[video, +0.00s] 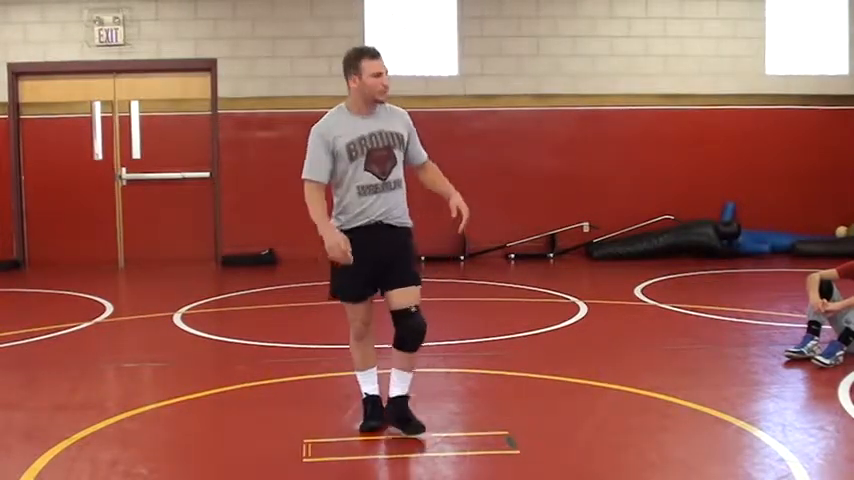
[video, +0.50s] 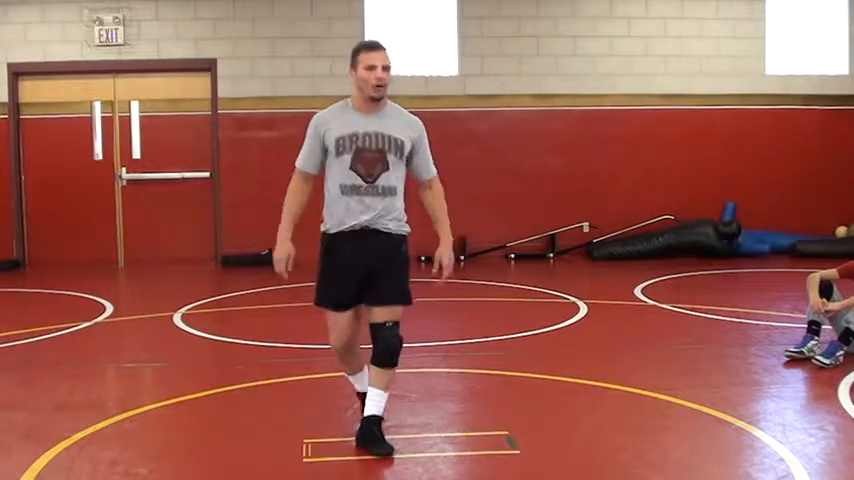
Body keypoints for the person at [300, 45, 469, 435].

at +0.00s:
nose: (386, 81)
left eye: (385, 74)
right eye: (377, 75)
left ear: (384, 78)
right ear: (353, 81)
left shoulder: (400, 119)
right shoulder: (327, 130)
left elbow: (422, 165)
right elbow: (313, 188)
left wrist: (451, 192)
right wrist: (327, 229)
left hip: (396, 231)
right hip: (351, 235)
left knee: (410, 325)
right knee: (360, 325)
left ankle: (398, 403)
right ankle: (371, 402)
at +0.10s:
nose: (386, 81)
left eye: (385, 74)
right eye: (377, 75)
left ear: (384, 78)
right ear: (353, 80)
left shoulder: (400, 119)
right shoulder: (326, 129)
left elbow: (422, 166)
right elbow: (310, 186)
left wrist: (451, 192)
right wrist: (325, 229)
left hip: (395, 233)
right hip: (349, 237)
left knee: (401, 328)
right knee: (359, 328)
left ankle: (384, 409)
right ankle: (370, 403)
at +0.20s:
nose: (383, 80)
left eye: (384, 72)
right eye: (374, 73)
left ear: (385, 77)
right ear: (351, 79)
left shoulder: (402, 121)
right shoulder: (325, 129)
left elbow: (423, 170)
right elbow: (308, 186)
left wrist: (452, 205)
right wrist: (319, 232)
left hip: (394, 236)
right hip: (347, 239)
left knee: (392, 332)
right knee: (358, 330)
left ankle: (374, 419)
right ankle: (369, 403)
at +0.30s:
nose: (379, 79)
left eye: (382, 72)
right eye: (370, 72)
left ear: (386, 76)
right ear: (349, 78)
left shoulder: (404, 124)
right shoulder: (323, 128)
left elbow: (427, 177)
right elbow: (306, 187)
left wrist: (453, 224)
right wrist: (311, 238)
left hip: (392, 239)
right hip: (343, 241)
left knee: (389, 334)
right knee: (355, 334)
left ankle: (373, 421)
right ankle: (369, 398)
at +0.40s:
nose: (379, 76)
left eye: (383, 69)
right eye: (369, 69)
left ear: (388, 74)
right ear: (350, 75)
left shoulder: (407, 124)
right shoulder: (323, 123)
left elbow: (428, 181)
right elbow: (306, 181)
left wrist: (450, 234)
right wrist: (298, 238)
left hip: (391, 239)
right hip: (342, 240)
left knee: (388, 334)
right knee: (352, 334)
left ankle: (373, 423)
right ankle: (368, 399)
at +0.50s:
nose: (379, 75)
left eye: (384, 68)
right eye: (370, 68)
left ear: (391, 74)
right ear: (353, 74)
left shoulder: (411, 126)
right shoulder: (325, 122)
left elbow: (429, 185)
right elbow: (302, 180)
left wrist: (446, 240)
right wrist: (284, 236)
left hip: (389, 239)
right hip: (340, 240)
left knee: (387, 339)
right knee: (342, 342)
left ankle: (372, 423)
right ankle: (366, 390)